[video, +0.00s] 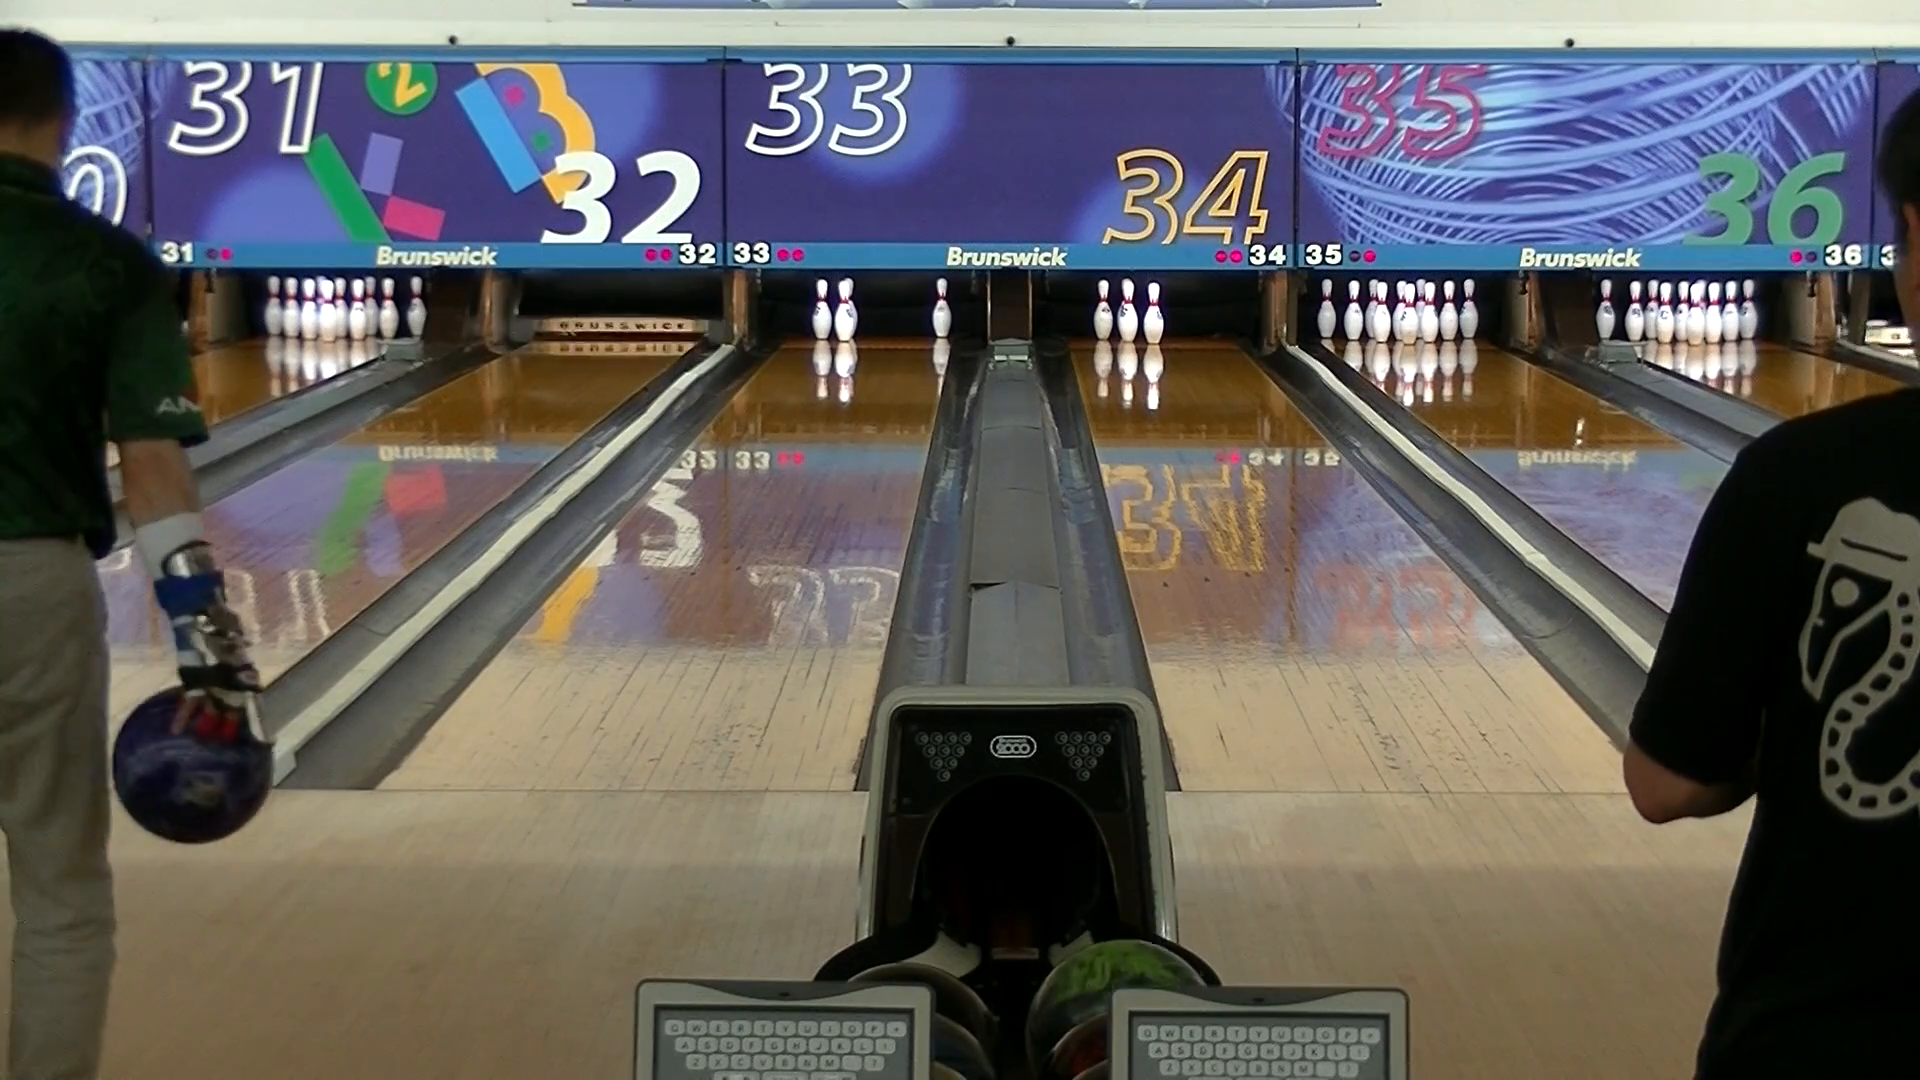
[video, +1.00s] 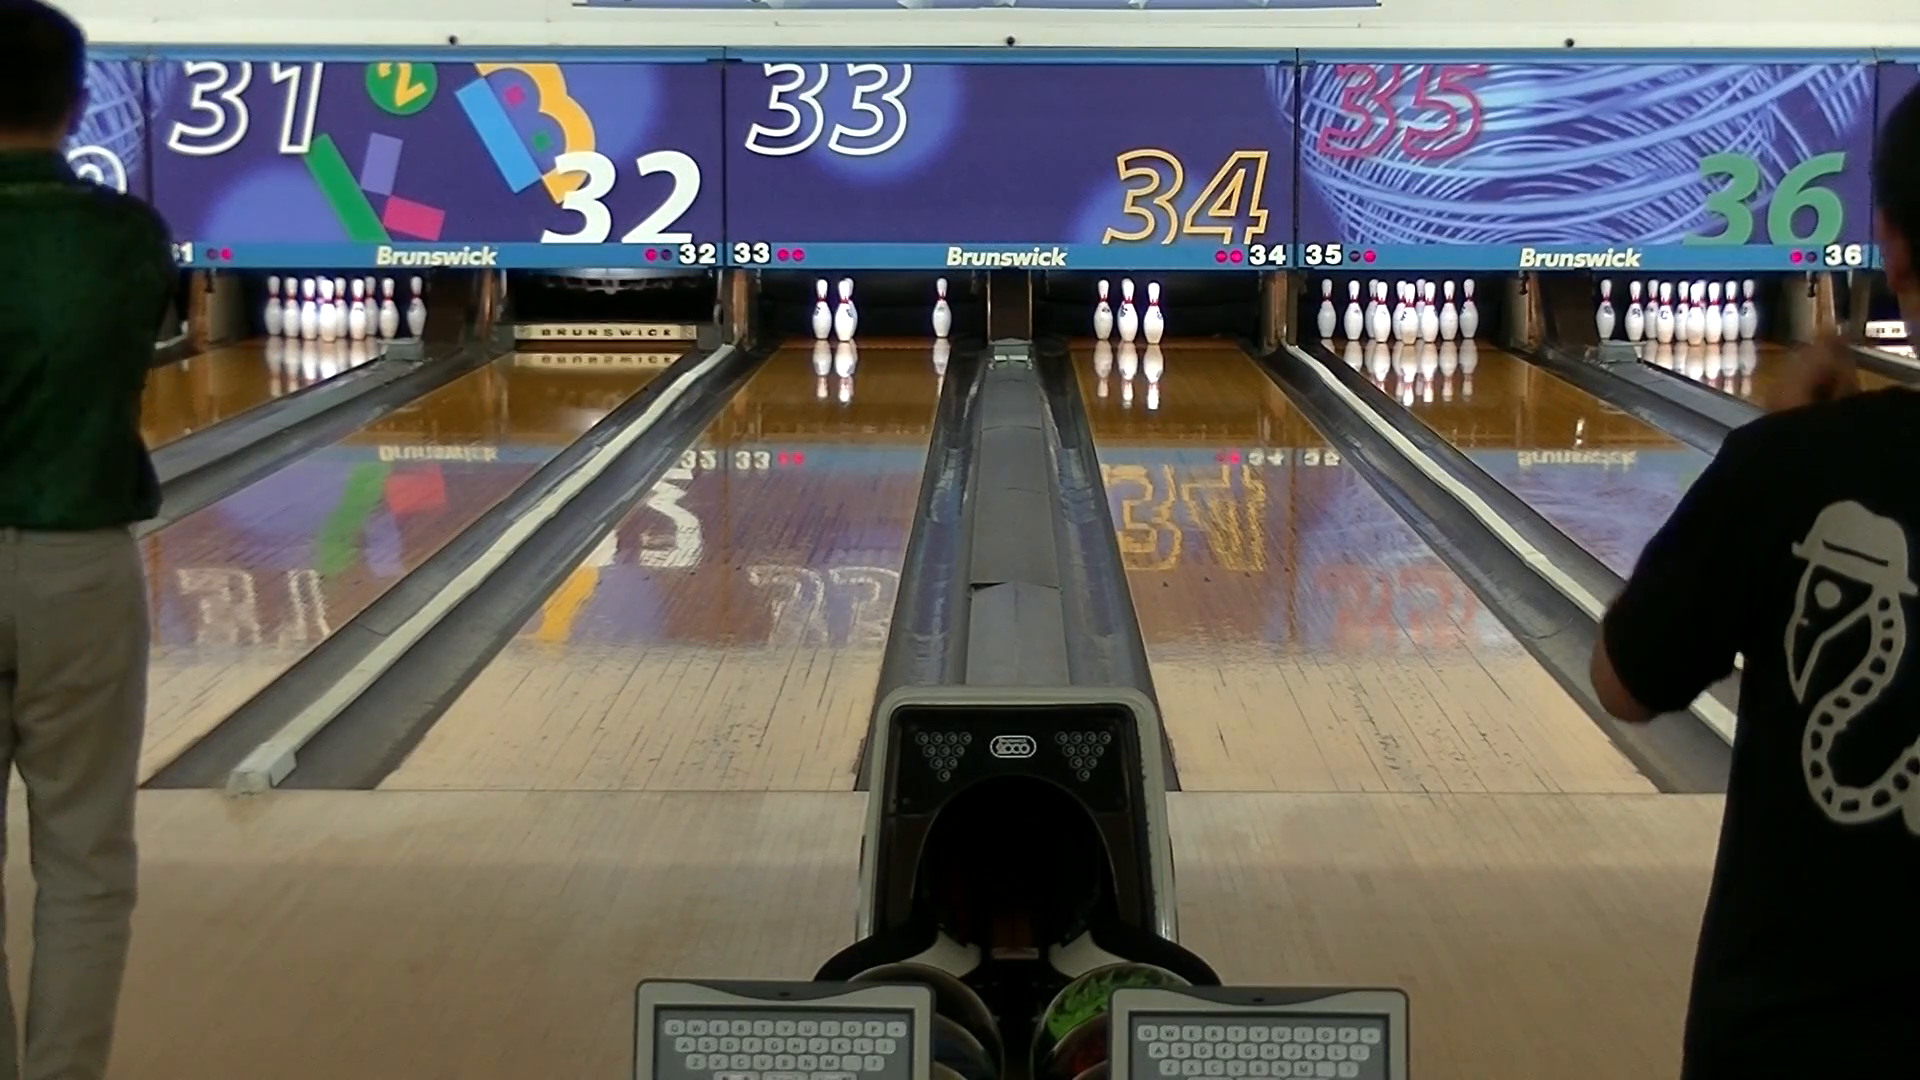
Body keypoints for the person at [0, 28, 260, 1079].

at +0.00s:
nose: (55, 138)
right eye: (61, 118)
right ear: (58, 122)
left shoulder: (100, 261)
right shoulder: (101, 260)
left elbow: (145, 457)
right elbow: (146, 456)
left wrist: (195, 616)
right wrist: (200, 617)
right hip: (29, 590)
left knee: (50, 884)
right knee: (55, 886)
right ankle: (49, 1067)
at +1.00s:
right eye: (56, 80)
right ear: (70, 99)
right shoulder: (125, 232)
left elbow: (141, 347)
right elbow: (137, 351)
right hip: (75, 570)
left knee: (66, 858)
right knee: (83, 863)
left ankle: (48, 1061)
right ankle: (60, 1068)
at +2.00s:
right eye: (60, 99)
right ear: (68, 113)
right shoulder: (123, 243)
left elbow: (140, 378)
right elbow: (140, 378)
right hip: (57, 583)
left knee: (68, 869)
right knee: (81, 873)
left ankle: (43, 1060)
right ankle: (60, 1068)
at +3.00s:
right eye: (93, 114)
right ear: (94, 127)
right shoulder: (155, 254)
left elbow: (174, 406)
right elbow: (176, 404)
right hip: (74, 577)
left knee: (12, 871)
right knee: (85, 867)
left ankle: (27, 1062)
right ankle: (63, 1072)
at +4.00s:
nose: (181, 197)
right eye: (178, 185)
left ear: (68, 186)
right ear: (171, 190)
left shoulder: (12, 271)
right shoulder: (203, 297)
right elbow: (199, 424)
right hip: (106, 574)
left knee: (7, 822)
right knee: (118, 813)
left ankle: (10, 1040)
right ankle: (92, 1025)